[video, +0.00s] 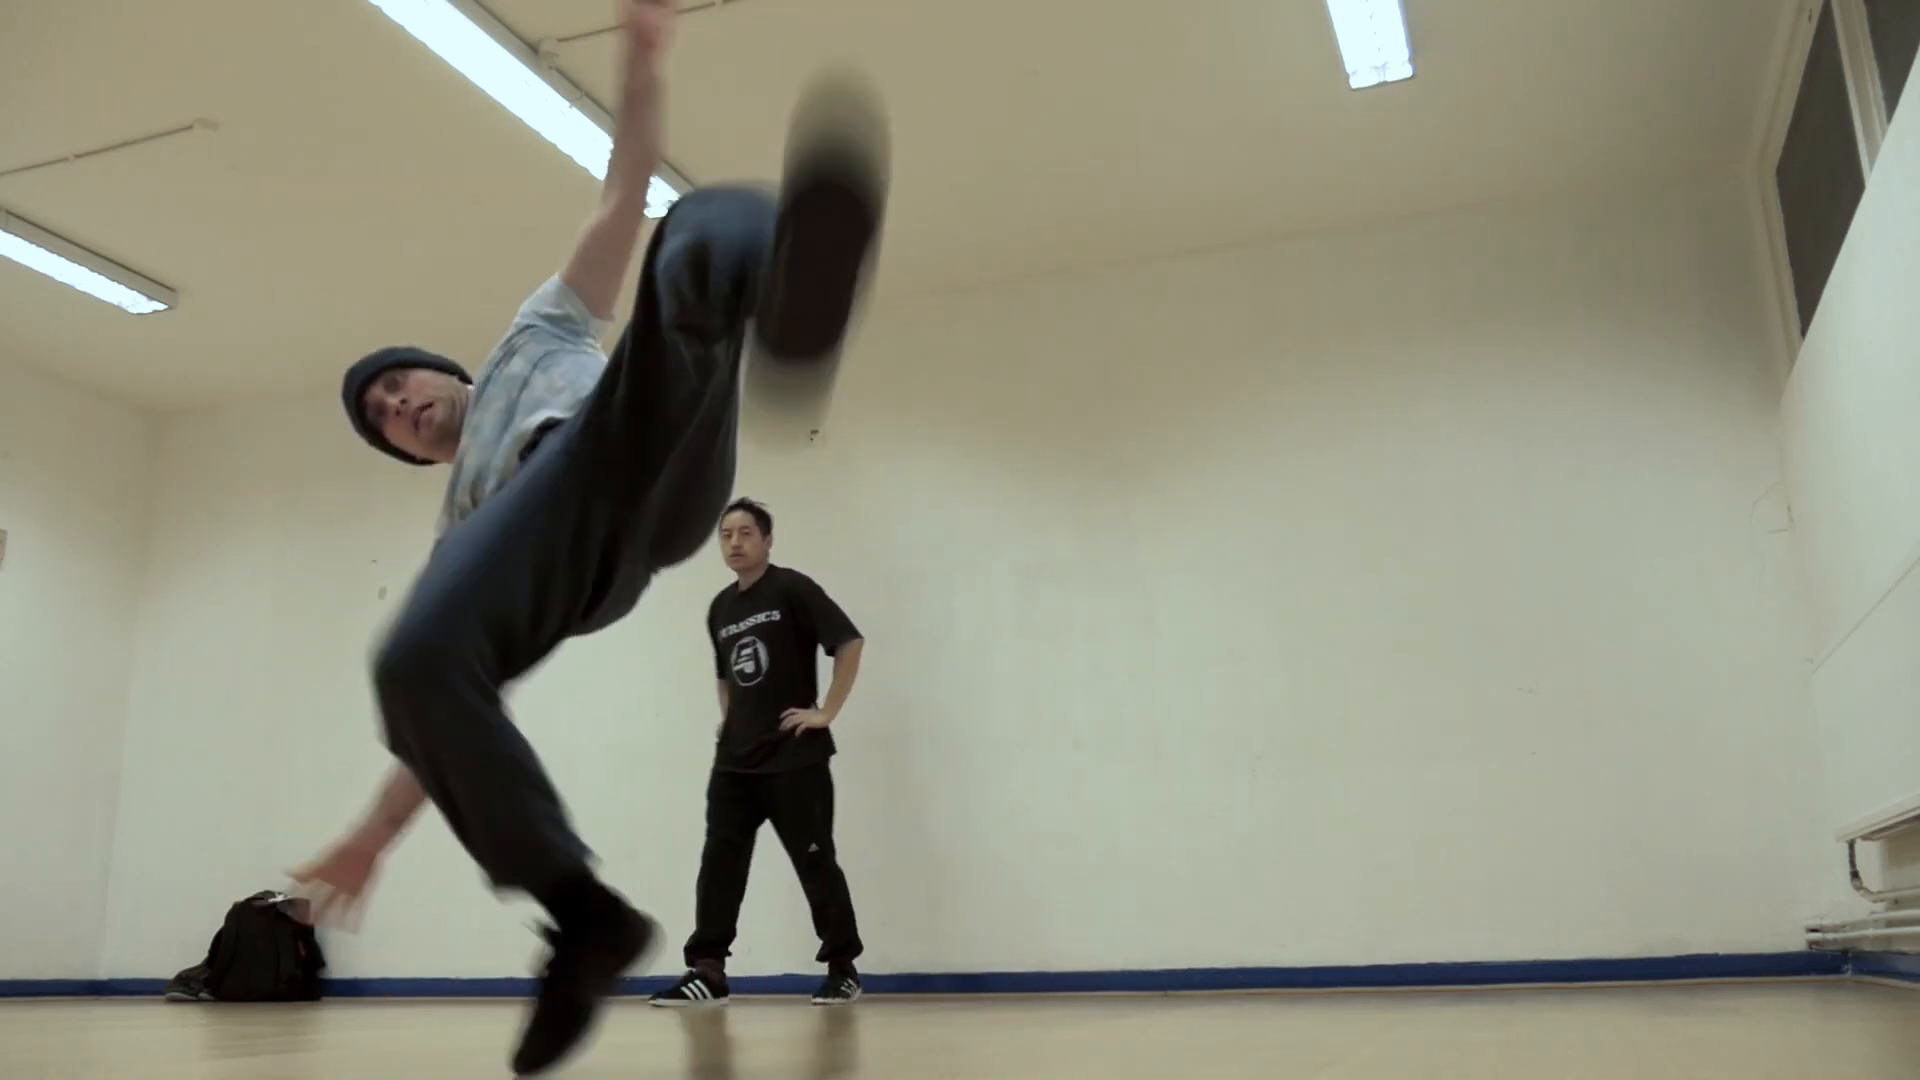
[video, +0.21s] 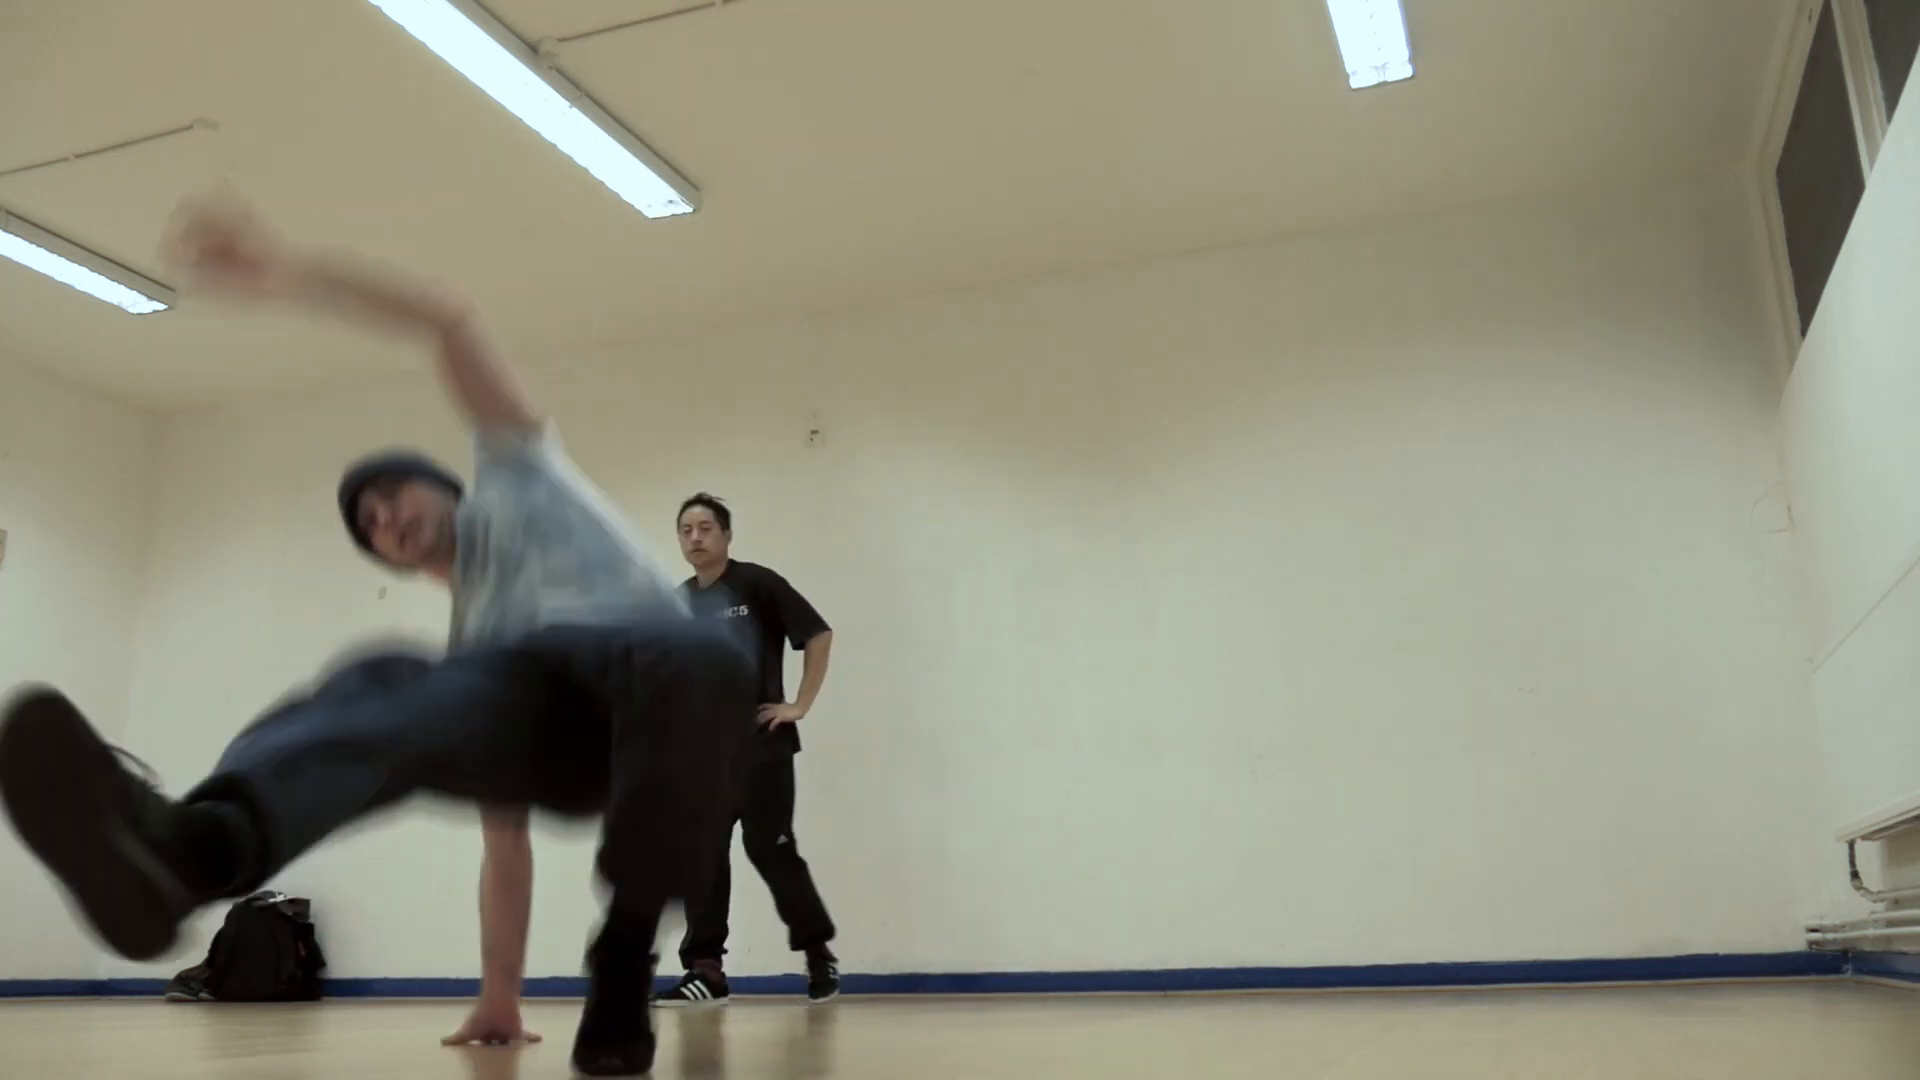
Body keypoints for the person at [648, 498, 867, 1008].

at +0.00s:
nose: (735, 542)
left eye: (745, 533)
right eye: (728, 534)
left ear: (767, 540)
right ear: (719, 544)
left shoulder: (793, 588)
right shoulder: (720, 609)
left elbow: (849, 643)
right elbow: (725, 676)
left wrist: (827, 712)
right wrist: (729, 724)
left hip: (794, 753)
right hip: (737, 755)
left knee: (814, 859)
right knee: (721, 860)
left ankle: (841, 969)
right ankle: (708, 973)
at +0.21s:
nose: (695, 536)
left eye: (704, 528)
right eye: (686, 529)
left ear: (726, 535)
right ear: (679, 540)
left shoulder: (757, 583)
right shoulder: (675, 604)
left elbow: (818, 636)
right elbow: (660, 671)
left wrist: (800, 705)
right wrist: (669, 725)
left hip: (762, 743)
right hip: (703, 747)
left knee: (769, 847)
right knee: (705, 855)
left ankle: (817, 949)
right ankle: (706, 971)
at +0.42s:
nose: (673, 537)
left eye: (683, 528)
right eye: (664, 530)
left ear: (703, 535)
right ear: (656, 541)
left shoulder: (741, 582)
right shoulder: (655, 607)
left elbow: (802, 632)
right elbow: (653, 679)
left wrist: (789, 702)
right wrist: (655, 734)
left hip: (749, 738)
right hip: (688, 745)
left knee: (745, 847)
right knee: (693, 847)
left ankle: (755, 948)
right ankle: (705, 969)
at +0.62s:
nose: (669, 537)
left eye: (678, 527)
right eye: (659, 530)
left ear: (699, 535)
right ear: (651, 542)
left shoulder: (738, 584)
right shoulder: (650, 609)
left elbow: (798, 633)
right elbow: (650, 673)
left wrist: (786, 704)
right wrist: (663, 719)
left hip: (744, 747)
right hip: (683, 752)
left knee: (744, 854)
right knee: (692, 858)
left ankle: (737, 952)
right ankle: (702, 965)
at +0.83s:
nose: (682, 538)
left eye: (692, 528)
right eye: (673, 530)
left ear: (712, 536)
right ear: (664, 541)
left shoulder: (751, 586)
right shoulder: (654, 610)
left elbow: (810, 638)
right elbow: (637, 677)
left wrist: (796, 704)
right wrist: (661, 730)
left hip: (753, 746)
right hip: (692, 754)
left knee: (770, 855)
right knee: (694, 863)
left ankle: (796, 950)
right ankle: (699, 958)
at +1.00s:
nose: (703, 539)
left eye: (712, 528)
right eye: (694, 530)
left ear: (731, 536)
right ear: (683, 540)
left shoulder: (770, 588)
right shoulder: (678, 604)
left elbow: (826, 640)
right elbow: (657, 666)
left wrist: (813, 708)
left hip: (770, 735)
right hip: (704, 742)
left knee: (783, 843)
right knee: (703, 847)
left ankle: (800, 942)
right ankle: (701, 944)